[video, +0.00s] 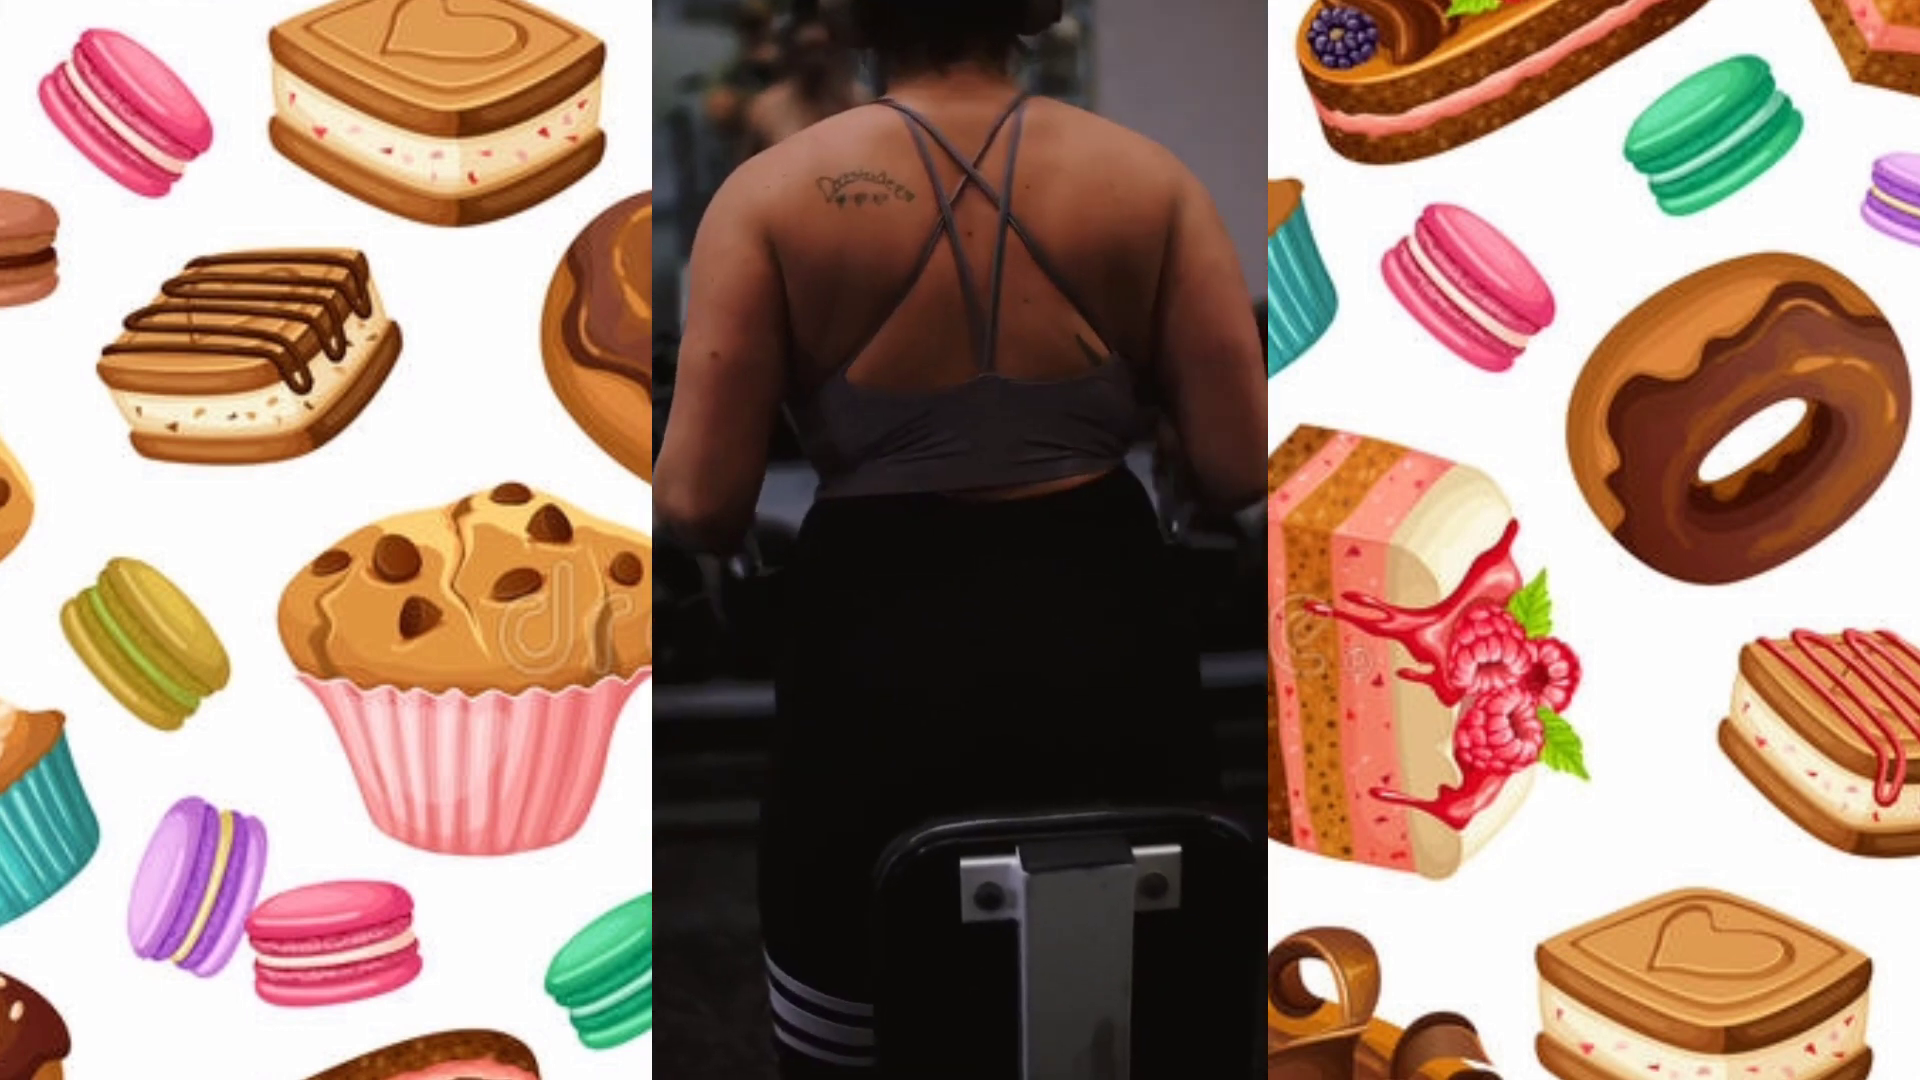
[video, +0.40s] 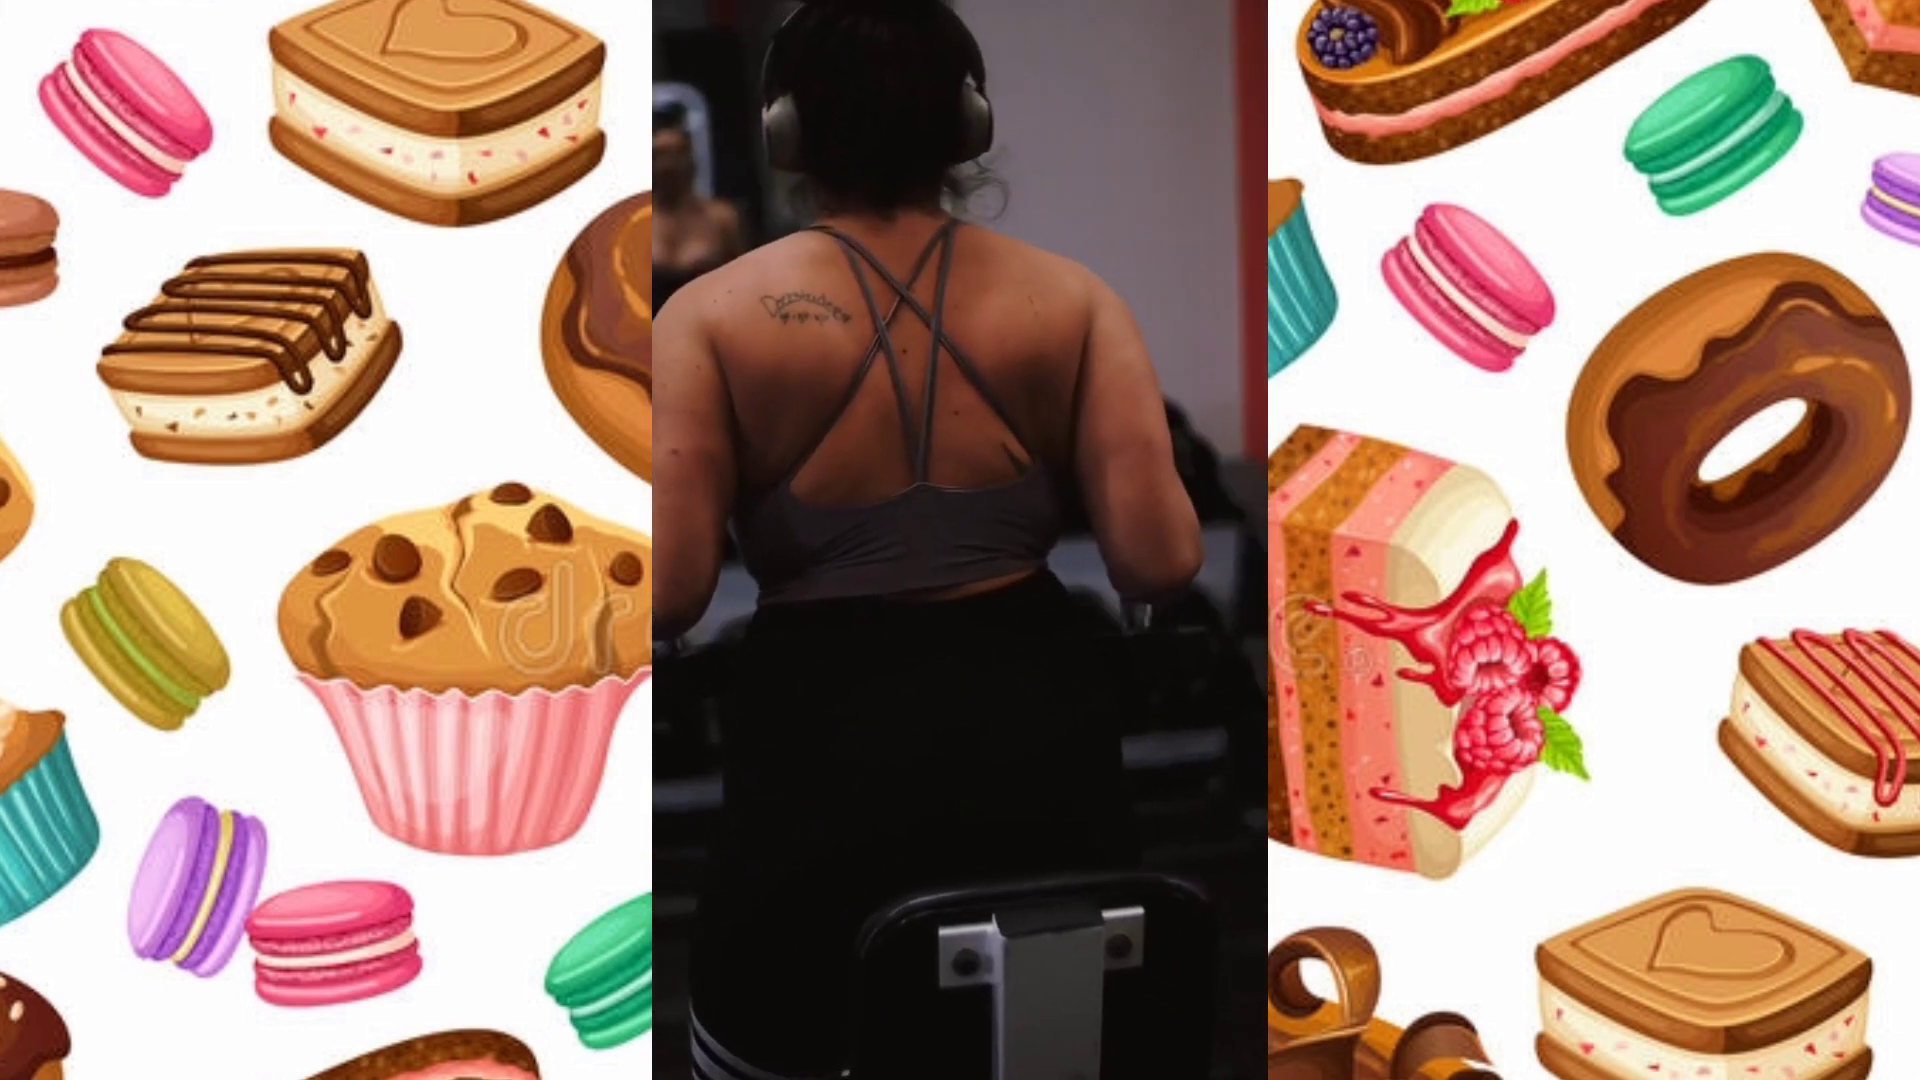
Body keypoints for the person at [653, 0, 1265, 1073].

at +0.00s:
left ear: (861, 24)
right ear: (1025, 18)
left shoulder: (770, 198)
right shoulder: (1145, 183)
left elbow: (699, 502)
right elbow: (1237, 471)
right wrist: (1148, 396)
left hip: (874, 657)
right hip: (1106, 649)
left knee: (845, 1034)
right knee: (1127, 1016)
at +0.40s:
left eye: (786, 100)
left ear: (790, 125)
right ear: (967, 117)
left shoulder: (712, 318)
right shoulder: (1072, 304)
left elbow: (667, 594)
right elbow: (1161, 560)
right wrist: (1092, 464)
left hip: (815, 746)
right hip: (1038, 734)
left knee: (788, 1044)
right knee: (1049, 1036)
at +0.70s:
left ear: (708, 175)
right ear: (867, 162)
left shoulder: (648, 337)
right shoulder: (969, 328)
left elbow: (584, 555)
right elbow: (1053, 559)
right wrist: (1074, 611)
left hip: (725, 734)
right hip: (930, 719)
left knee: (720, 1044)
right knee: (957, 1038)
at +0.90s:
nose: (765, 231)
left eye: (770, 215)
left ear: (780, 238)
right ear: (945, 228)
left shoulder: (711, 414)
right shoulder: (1047, 382)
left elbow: (687, 681)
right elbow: (1154, 608)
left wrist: (774, 618)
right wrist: (1077, 627)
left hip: (848, 806)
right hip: (1053, 780)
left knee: (761, 1051)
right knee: (1042, 1052)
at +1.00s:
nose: (821, 299)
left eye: (829, 282)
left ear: (841, 310)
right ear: (1003, 303)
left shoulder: (776, 492)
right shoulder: (1101, 457)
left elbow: (755, 752)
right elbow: (1211, 683)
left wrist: (696, 735)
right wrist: (1123, 681)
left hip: (908, 919)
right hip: (1113, 902)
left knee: (781, 1047)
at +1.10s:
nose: (862, 399)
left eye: (867, 383)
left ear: (882, 407)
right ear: (1053, 400)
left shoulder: (817, 580)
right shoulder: (1142, 548)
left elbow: (800, 837)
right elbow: (1245, 774)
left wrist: (749, 813)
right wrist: (1154, 759)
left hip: (938, 1000)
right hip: (1142, 988)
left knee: (800, 1057)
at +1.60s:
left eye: (941, 408)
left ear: (957, 433)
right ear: (1143, 420)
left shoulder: (881, 620)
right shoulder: (1232, 579)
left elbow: (841, 896)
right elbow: (1284, 816)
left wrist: (814, 811)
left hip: (965, 1014)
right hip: (1188, 992)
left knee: (800, 915)